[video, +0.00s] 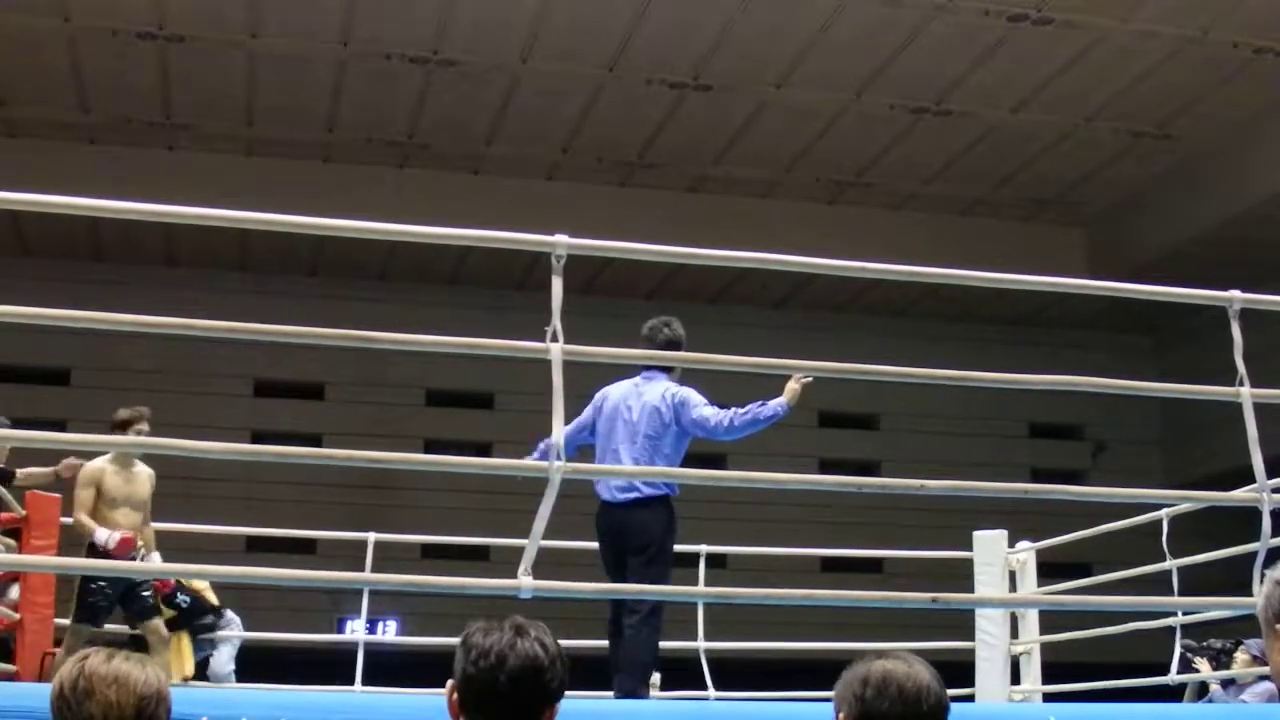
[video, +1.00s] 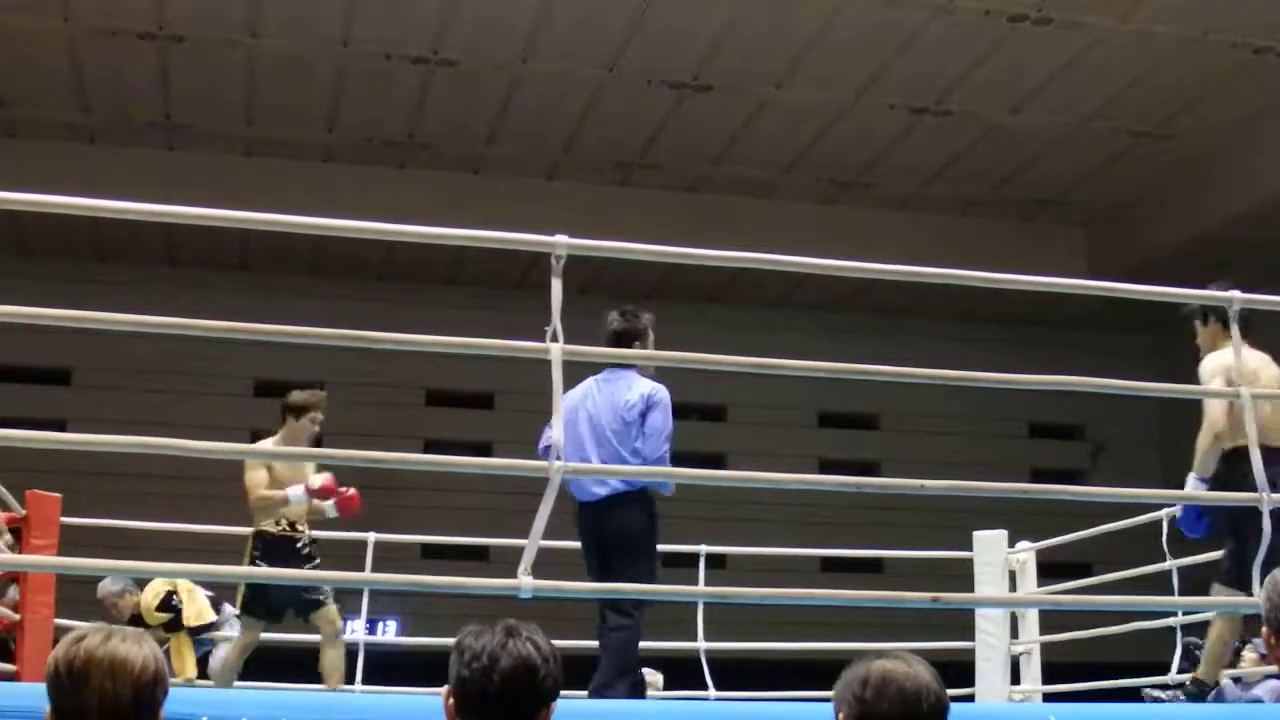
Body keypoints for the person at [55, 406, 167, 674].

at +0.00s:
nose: (144, 439)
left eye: (147, 434)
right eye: (138, 433)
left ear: (148, 437)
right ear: (120, 433)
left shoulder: (147, 474)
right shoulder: (94, 470)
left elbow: (145, 523)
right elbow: (80, 516)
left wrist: (155, 562)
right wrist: (105, 537)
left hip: (136, 567)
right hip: (101, 566)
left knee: (159, 636)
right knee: (77, 637)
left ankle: (160, 707)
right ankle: (54, 704)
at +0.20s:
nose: (190, 441)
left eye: (192, 435)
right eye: (184, 434)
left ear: (191, 440)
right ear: (165, 435)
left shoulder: (184, 478)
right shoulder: (141, 469)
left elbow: (181, 525)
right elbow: (123, 515)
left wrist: (200, 555)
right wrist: (133, 560)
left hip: (174, 565)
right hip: (142, 562)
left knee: (185, 640)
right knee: (113, 635)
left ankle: (178, 711)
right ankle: (74, 690)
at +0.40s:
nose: (228, 434)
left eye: (230, 429)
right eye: (223, 428)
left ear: (227, 431)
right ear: (203, 428)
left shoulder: (220, 470)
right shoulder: (172, 460)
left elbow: (221, 516)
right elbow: (144, 499)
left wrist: (246, 524)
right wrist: (158, 534)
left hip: (198, 553)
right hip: (170, 550)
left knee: (187, 635)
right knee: (164, 627)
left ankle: (174, 702)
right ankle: (130, 683)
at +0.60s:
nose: (248, 437)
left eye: (251, 431)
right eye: (242, 430)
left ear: (251, 434)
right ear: (222, 431)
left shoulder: (248, 471)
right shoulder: (194, 464)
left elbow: (261, 512)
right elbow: (171, 509)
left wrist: (279, 528)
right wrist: (191, 524)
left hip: (230, 554)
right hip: (198, 552)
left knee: (228, 629)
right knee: (206, 625)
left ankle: (225, 691)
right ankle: (202, 698)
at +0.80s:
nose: (272, 425)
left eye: (273, 420)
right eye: (266, 419)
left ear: (272, 422)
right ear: (246, 420)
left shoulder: (272, 462)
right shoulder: (219, 460)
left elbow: (277, 507)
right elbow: (204, 507)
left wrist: (297, 524)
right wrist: (243, 523)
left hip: (265, 554)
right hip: (232, 553)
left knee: (275, 638)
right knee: (229, 634)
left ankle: (222, 677)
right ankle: (212, 702)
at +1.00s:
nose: (318, 430)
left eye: (320, 423)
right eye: (313, 422)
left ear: (311, 423)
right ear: (293, 419)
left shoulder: (309, 459)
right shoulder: (260, 451)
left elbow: (300, 509)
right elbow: (256, 500)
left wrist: (332, 508)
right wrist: (304, 491)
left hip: (302, 546)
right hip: (268, 545)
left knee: (332, 627)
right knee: (248, 636)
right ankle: (216, 703)